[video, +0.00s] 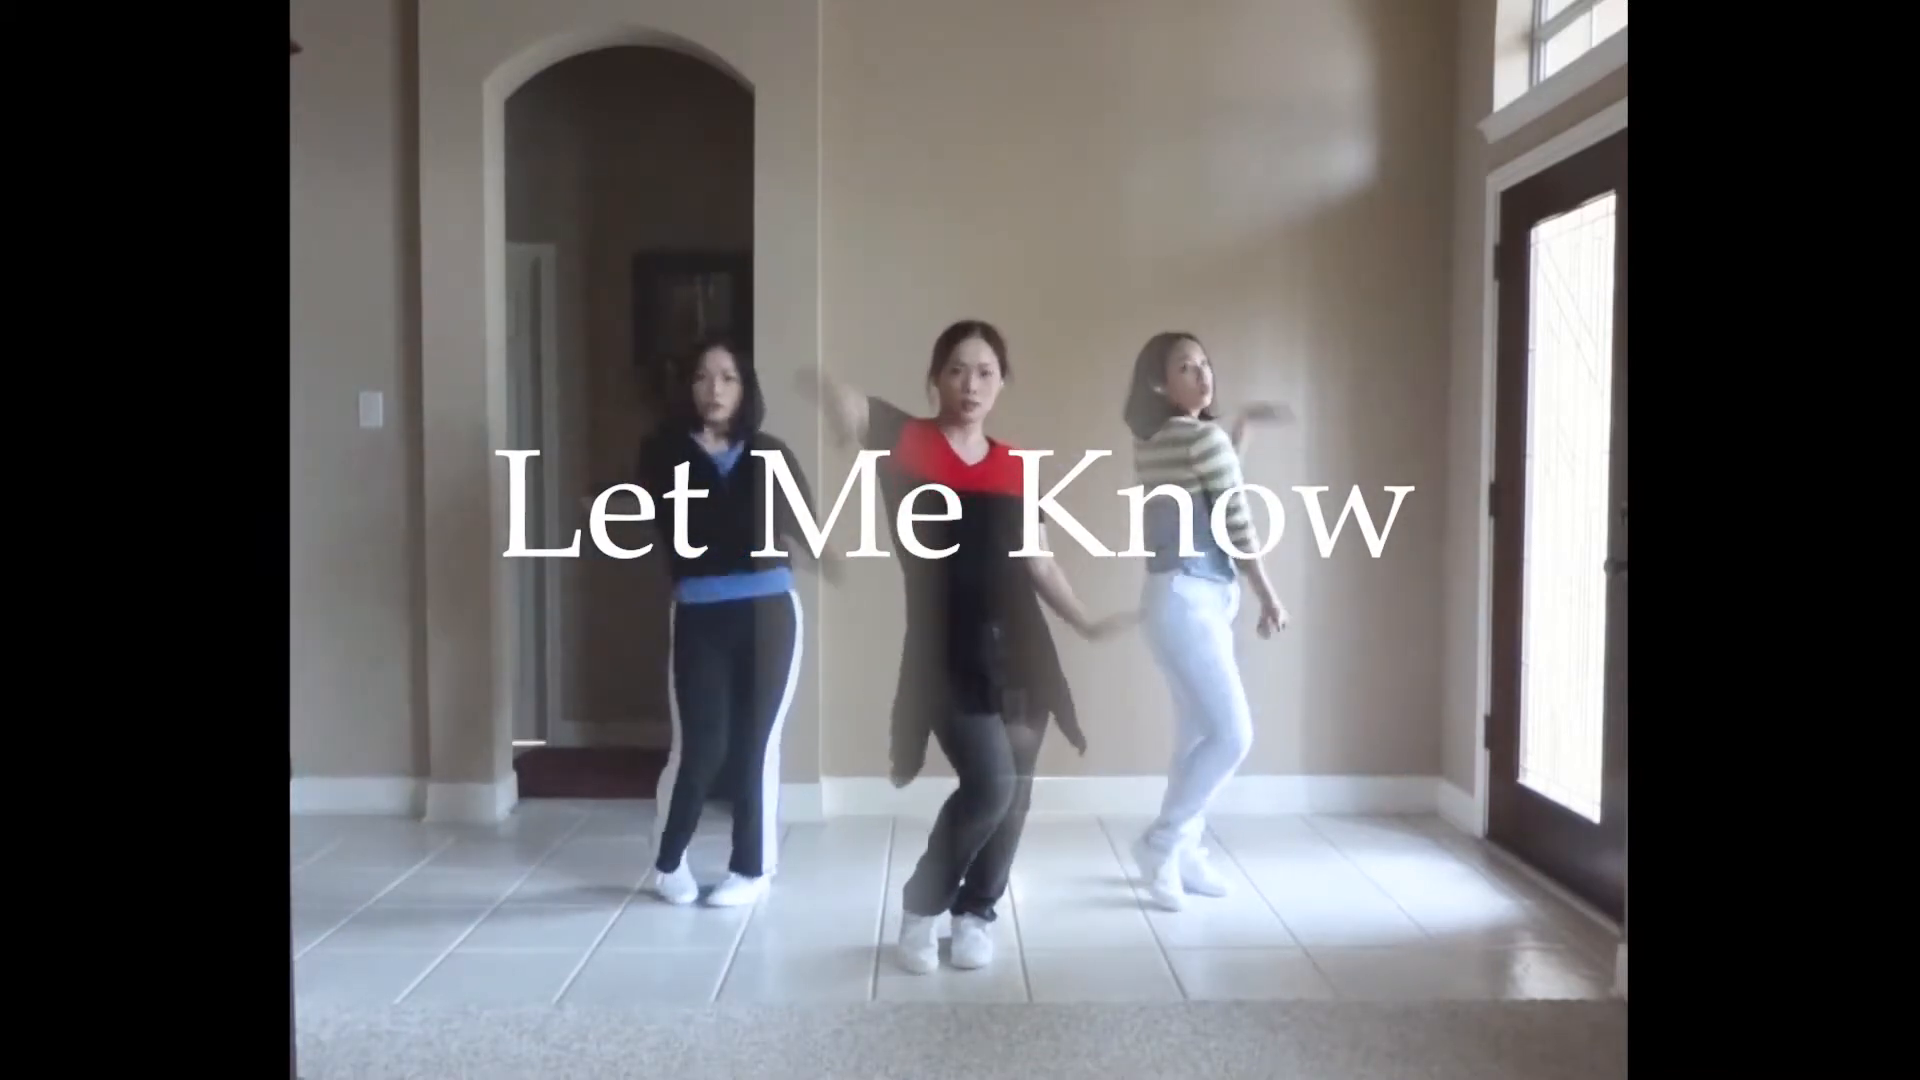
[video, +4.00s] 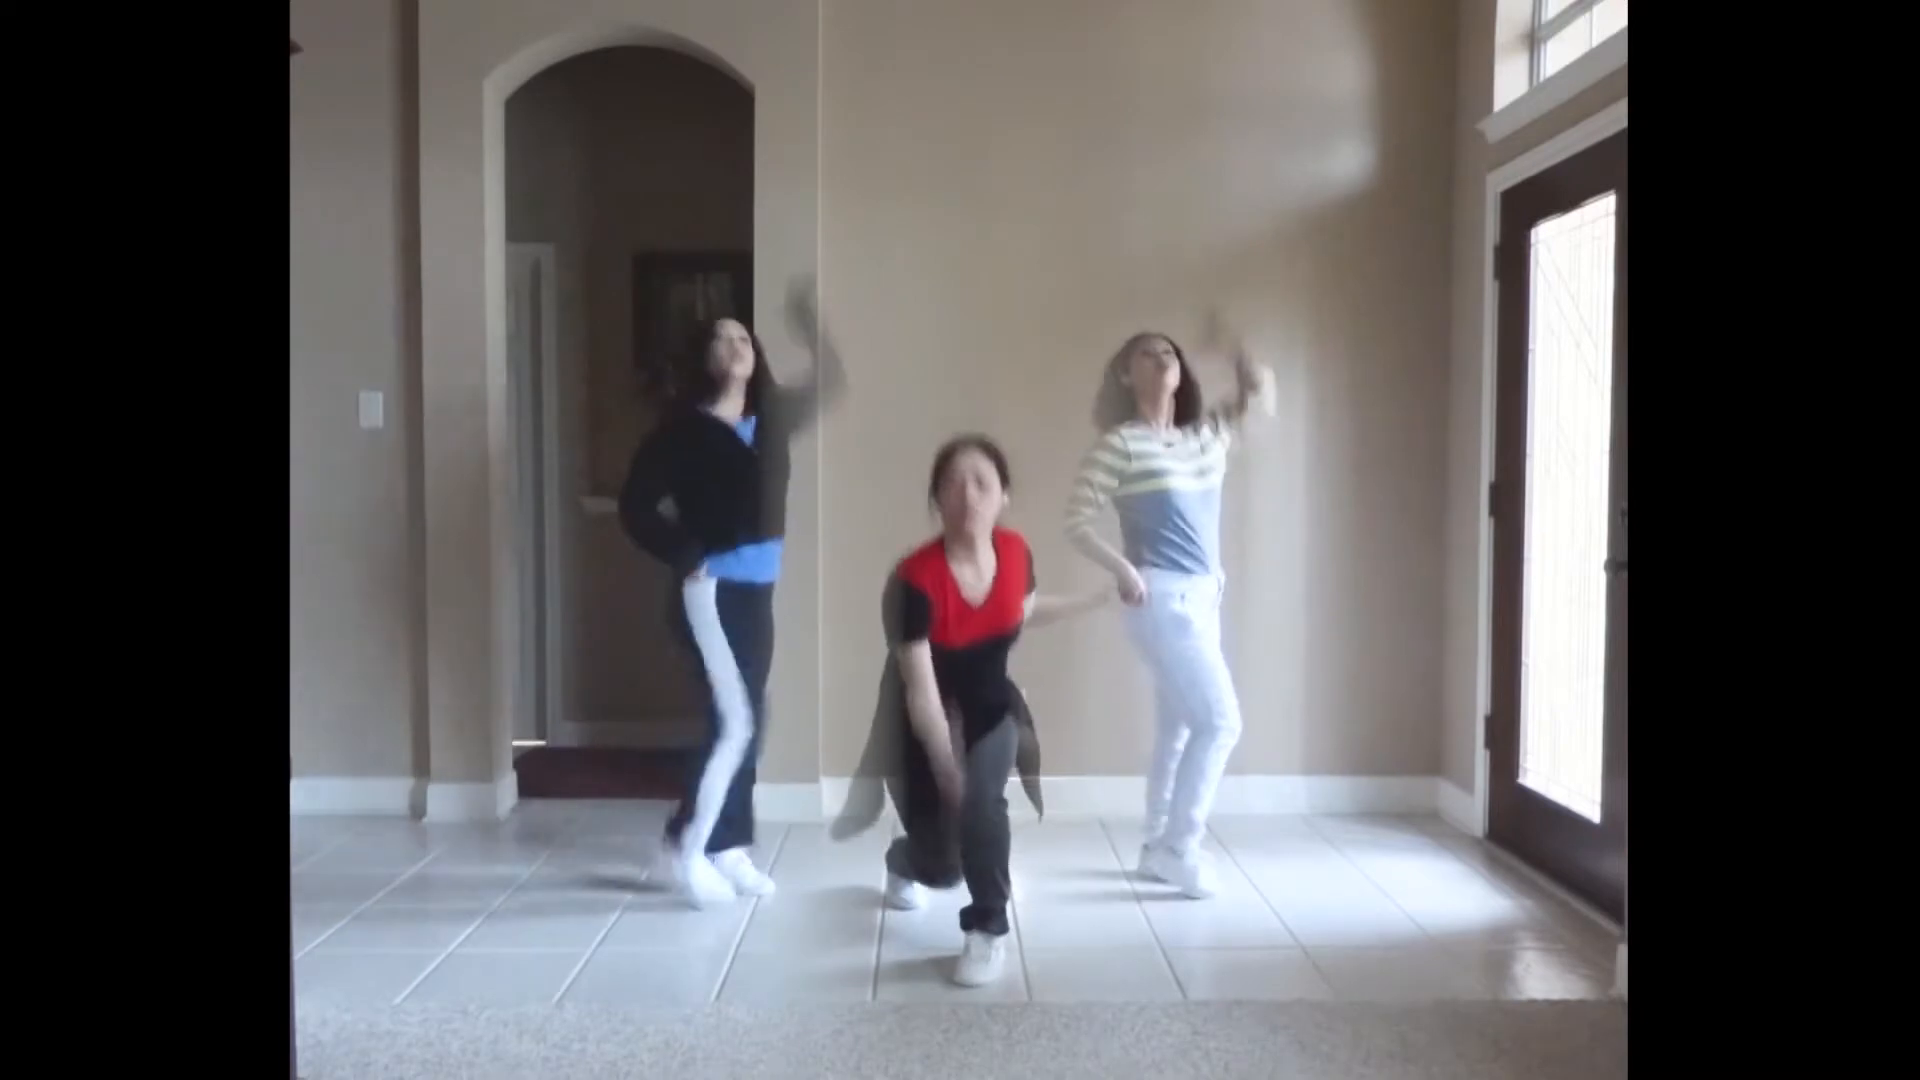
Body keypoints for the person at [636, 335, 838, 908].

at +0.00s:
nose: (714, 388)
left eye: (727, 378)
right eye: (704, 377)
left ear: (746, 388)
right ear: (689, 386)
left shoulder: (770, 453)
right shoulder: (666, 452)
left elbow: (809, 530)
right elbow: (646, 526)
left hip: (767, 610)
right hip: (700, 612)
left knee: (752, 748)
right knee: (704, 747)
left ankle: (749, 871)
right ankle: (670, 861)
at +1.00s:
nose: (739, 370)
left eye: (750, 361)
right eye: (729, 360)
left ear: (766, 376)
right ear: (712, 371)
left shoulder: (766, 450)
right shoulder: (688, 425)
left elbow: (755, 521)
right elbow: (641, 372)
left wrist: (679, 514)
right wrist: (604, 304)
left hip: (752, 586)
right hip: (701, 588)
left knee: (749, 717)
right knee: (712, 714)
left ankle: (769, 857)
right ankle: (736, 834)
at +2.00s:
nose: (725, 411)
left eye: (737, 397)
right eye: (717, 396)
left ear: (757, 405)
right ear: (705, 400)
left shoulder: (766, 458)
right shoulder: (684, 455)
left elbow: (813, 523)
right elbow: (651, 438)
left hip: (744, 597)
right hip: (691, 595)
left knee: (728, 720)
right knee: (704, 718)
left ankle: (729, 854)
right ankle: (741, 831)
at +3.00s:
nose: (719, 505)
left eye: (731, 495)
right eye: (708, 494)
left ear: (746, 504)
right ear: (690, 500)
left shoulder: (754, 556)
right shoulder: (667, 555)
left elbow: (779, 594)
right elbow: (640, 588)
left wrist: (818, 616)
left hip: (744, 665)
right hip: (681, 674)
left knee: (720, 742)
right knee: (711, 770)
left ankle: (738, 872)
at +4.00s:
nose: (736, 348)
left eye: (743, 341)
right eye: (723, 341)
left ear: (755, 356)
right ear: (706, 359)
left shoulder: (769, 415)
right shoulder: (685, 426)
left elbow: (825, 389)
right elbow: (636, 508)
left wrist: (812, 330)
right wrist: (682, 556)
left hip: (757, 582)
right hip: (709, 584)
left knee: (748, 718)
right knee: (736, 720)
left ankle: (731, 845)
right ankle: (685, 845)